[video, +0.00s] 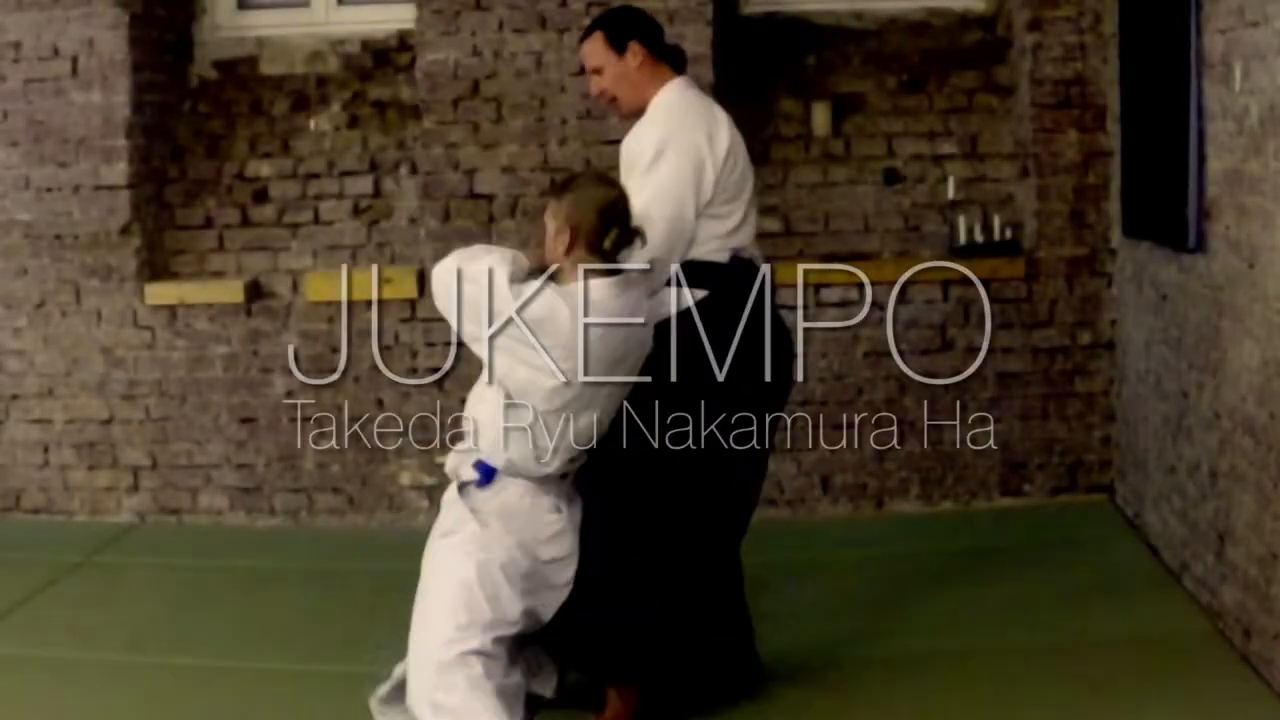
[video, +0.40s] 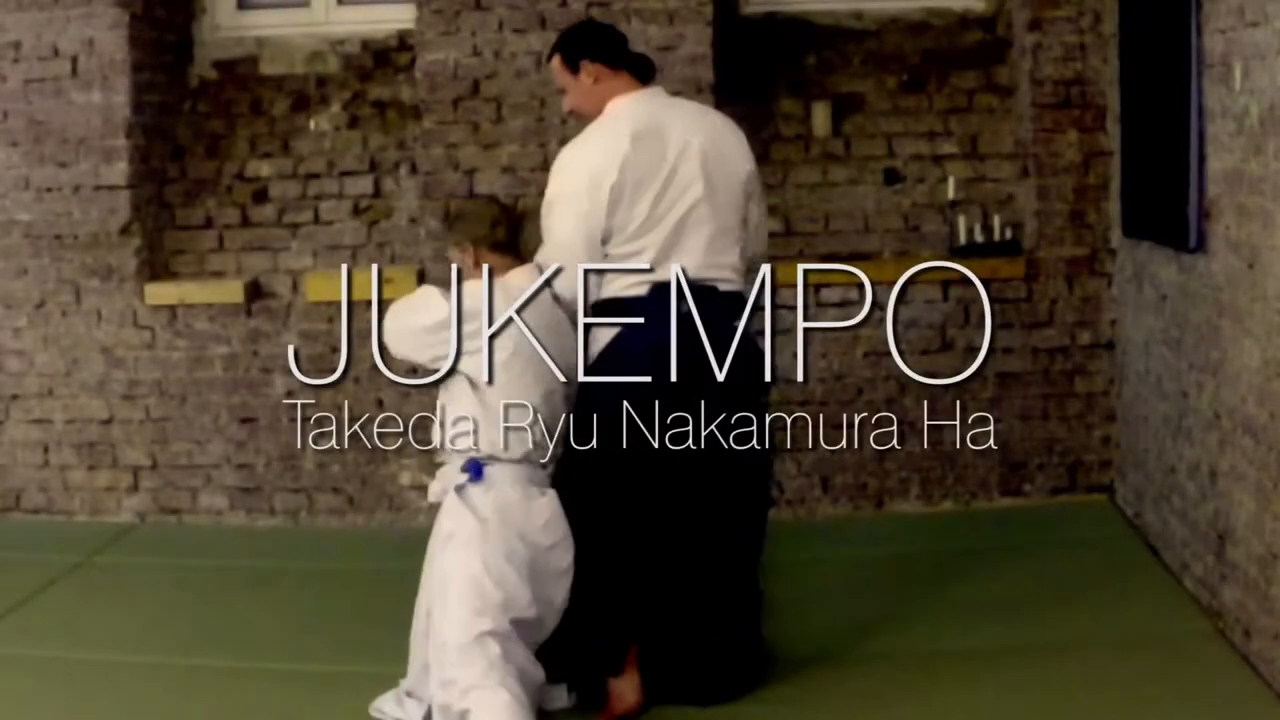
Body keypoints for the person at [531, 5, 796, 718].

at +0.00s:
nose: (593, 90)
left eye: (596, 72)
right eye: (587, 76)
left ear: (637, 55)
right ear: (640, 58)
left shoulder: (674, 125)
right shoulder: (690, 113)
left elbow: (653, 245)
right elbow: (660, 235)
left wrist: (585, 305)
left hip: (691, 328)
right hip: (713, 318)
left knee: (652, 500)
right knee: (693, 497)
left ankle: (646, 673)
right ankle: (709, 664)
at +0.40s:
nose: (566, 105)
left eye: (566, 86)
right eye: (562, 89)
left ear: (595, 71)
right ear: (630, 69)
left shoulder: (589, 154)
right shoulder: (725, 133)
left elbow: (564, 276)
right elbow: (754, 249)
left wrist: (506, 272)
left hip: (624, 355)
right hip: (723, 349)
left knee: (607, 505)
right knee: (718, 502)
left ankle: (620, 672)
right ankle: (718, 665)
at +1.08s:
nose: (528, 116)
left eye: (525, 100)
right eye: (524, 102)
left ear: (546, 84)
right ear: (586, 75)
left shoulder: (549, 154)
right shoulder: (683, 131)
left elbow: (507, 273)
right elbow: (726, 227)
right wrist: (687, 285)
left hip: (603, 345)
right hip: (692, 337)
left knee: (597, 507)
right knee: (695, 502)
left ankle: (616, 672)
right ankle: (704, 664)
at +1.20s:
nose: (519, 117)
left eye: (515, 102)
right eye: (514, 105)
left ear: (534, 84)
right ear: (576, 75)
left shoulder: (546, 153)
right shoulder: (661, 128)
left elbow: (509, 275)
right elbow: (681, 222)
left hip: (595, 343)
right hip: (680, 331)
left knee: (595, 509)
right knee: (682, 501)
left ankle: (617, 672)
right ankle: (699, 660)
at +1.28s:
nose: (512, 120)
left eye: (508, 105)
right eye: (506, 107)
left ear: (526, 87)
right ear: (569, 76)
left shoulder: (548, 152)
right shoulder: (648, 130)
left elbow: (508, 270)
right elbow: (664, 211)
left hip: (592, 348)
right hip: (672, 336)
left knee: (592, 513)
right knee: (673, 505)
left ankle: (614, 671)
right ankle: (693, 659)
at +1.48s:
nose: (485, 126)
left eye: (481, 112)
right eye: (480, 115)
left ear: (499, 98)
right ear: (540, 84)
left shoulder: (541, 151)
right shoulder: (613, 133)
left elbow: (494, 272)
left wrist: (446, 281)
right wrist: (478, 230)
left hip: (587, 355)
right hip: (653, 343)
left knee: (567, 520)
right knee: (624, 513)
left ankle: (543, 679)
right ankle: (622, 668)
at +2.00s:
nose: (480, 116)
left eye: (478, 103)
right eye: (478, 105)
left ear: (498, 89)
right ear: (546, 81)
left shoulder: (491, 151)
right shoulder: (622, 137)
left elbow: (424, 279)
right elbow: (633, 219)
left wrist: (423, 298)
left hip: (559, 349)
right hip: (647, 342)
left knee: (529, 509)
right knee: (630, 507)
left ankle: (532, 680)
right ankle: (629, 663)